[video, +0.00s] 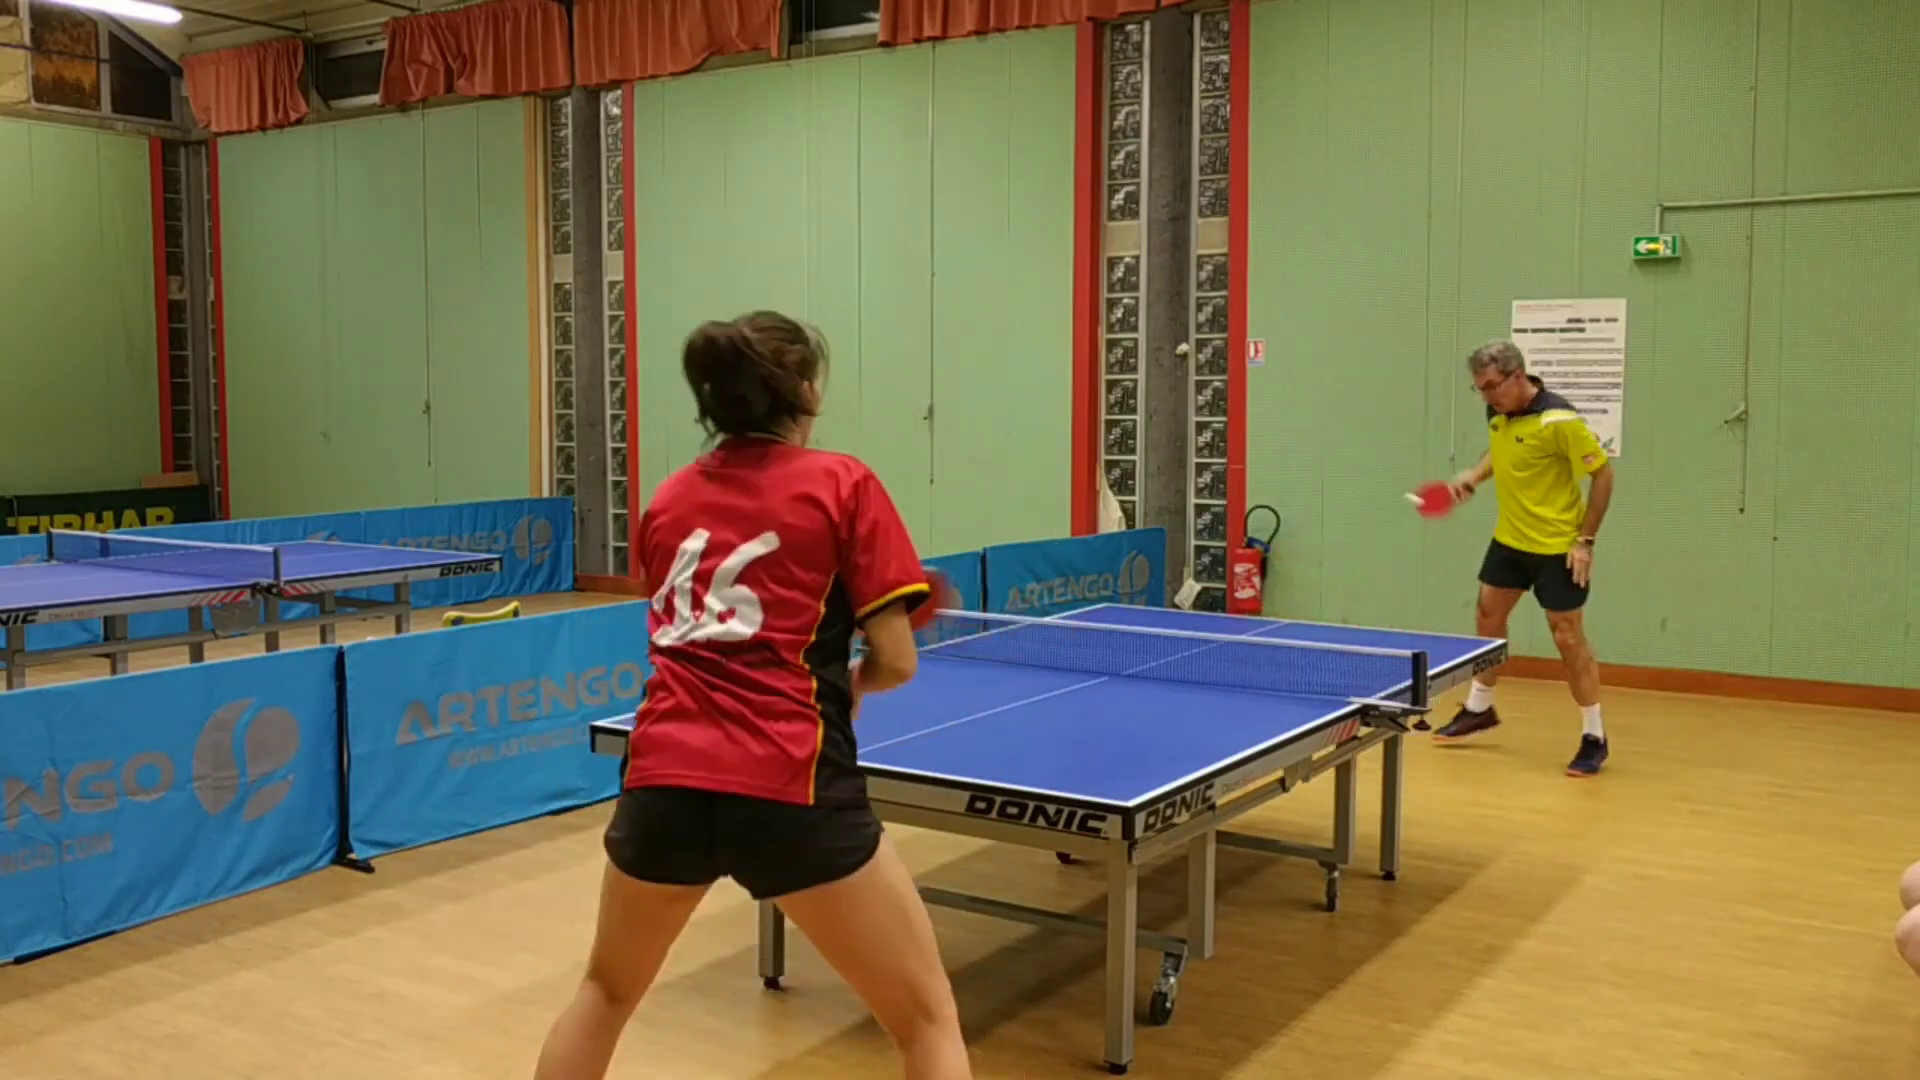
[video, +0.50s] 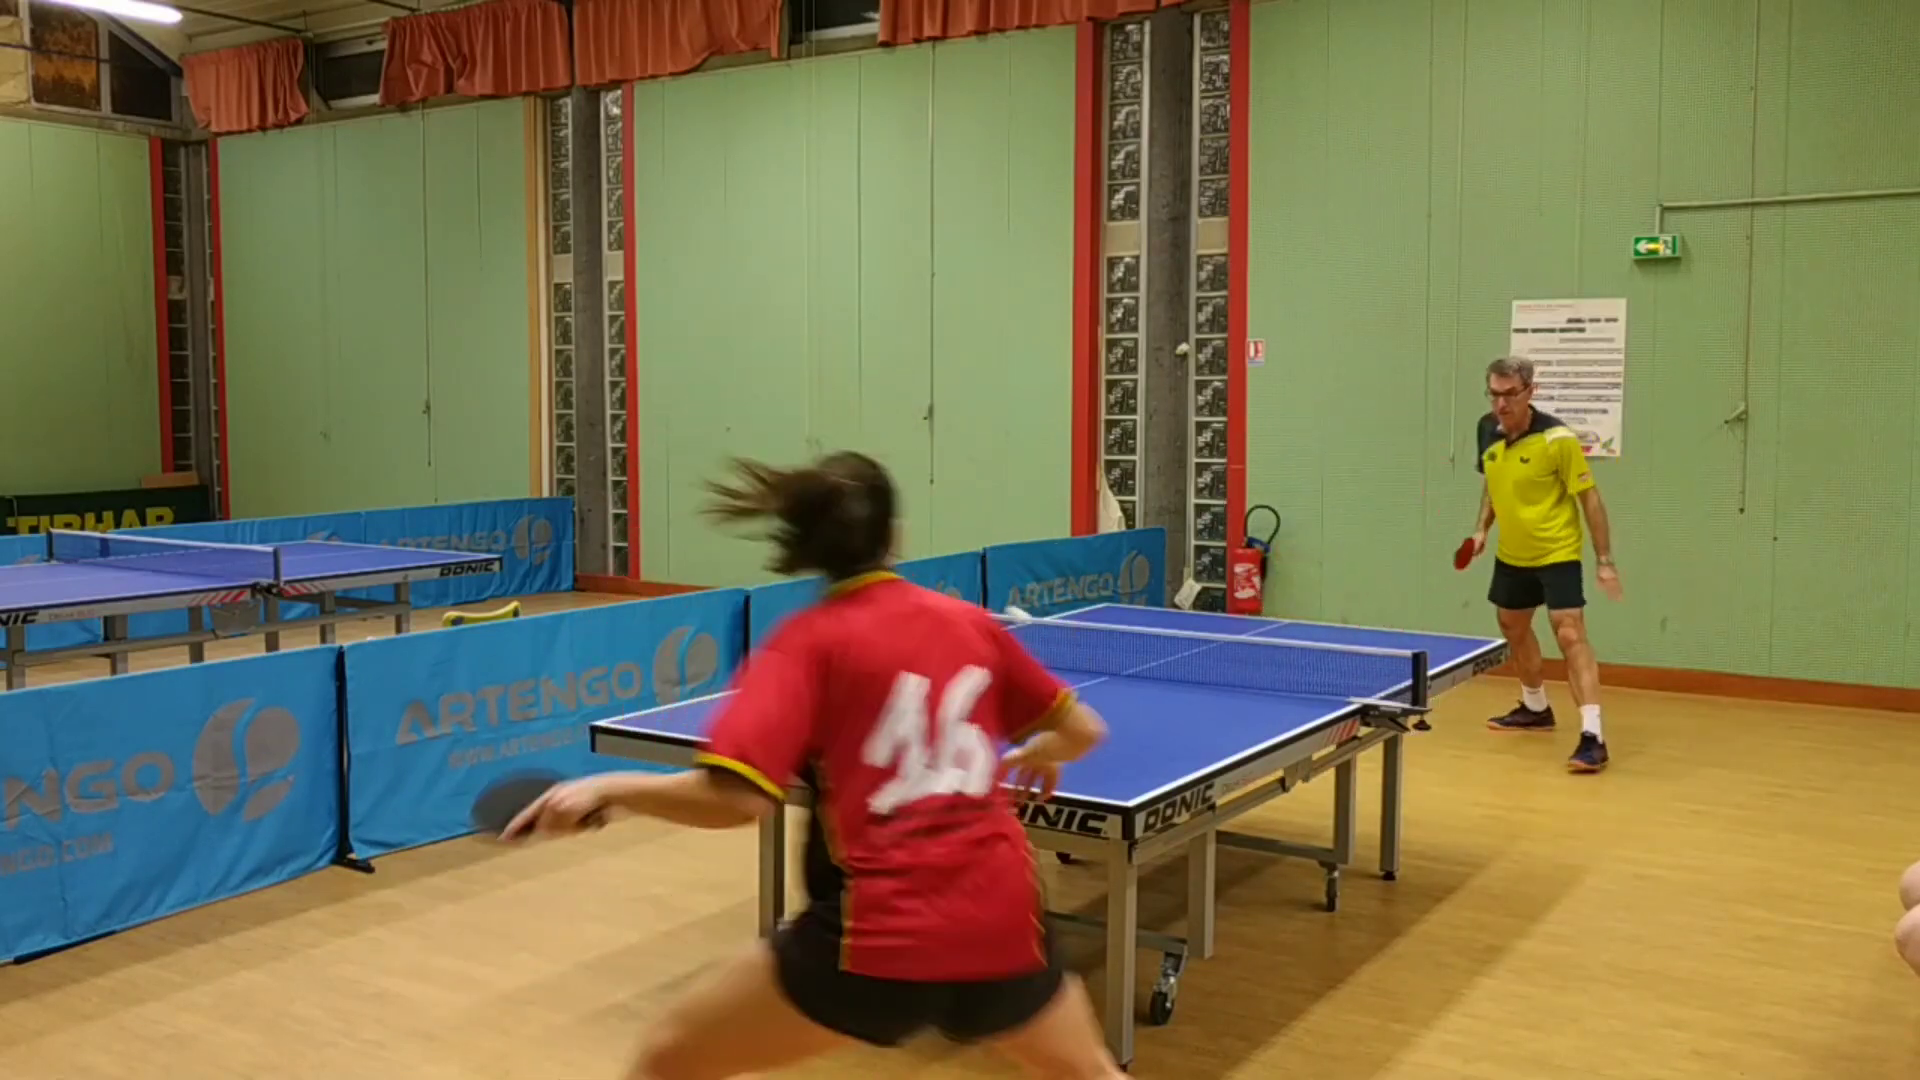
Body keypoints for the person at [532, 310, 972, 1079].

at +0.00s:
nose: (818, 393)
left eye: (817, 381)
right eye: (815, 381)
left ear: (717, 396)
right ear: (802, 391)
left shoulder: (667, 499)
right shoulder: (843, 485)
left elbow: (673, 632)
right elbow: (895, 660)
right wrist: (836, 685)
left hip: (664, 783)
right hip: (792, 789)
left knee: (604, 991)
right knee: (924, 1018)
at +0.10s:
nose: (800, 420)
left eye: (797, 408)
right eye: (798, 409)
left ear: (697, 423)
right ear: (786, 421)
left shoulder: (641, 532)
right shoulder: (839, 527)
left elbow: (617, 682)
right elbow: (912, 692)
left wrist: (710, 672)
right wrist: (872, 729)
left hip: (663, 830)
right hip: (801, 829)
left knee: (581, 1043)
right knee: (921, 1052)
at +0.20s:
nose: (787, 466)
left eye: (783, 453)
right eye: (785, 455)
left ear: (686, 470)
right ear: (774, 467)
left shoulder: (633, 584)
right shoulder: (837, 574)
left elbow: (570, 745)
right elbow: (927, 723)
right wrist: (889, 771)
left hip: (679, 885)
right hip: (821, 882)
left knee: (571, 1066)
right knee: (940, 1068)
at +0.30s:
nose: (795, 473)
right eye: (791, 461)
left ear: (685, 491)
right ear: (781, 478)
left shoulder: (654, 597)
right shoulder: (856, 570)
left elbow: (583, 756)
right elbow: (951, 707)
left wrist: (552, 812)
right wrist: (918, 771)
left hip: (739, 879)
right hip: (876, 863)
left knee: (606, 1062)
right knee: (987, 1033)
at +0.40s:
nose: (836, 496)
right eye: (830, 488)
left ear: (729, 512)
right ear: (820, 499)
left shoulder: (720, 609)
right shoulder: (893, 582)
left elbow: (656, 767)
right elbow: (1001, 710)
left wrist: (550, 820)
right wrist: (976, 773)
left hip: (816, 897)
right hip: (948, 877)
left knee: (623, 1045)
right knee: (1040, 1053)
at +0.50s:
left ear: (801, 544)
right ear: (890, 534)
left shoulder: (811, 641)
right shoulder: (966, 622)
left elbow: (742, 796)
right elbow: (1079, 729)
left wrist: (609, 792)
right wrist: (1040, 757)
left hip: (877, 944)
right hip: (999, 937)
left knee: (667, 1059)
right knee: (1098, 1073)